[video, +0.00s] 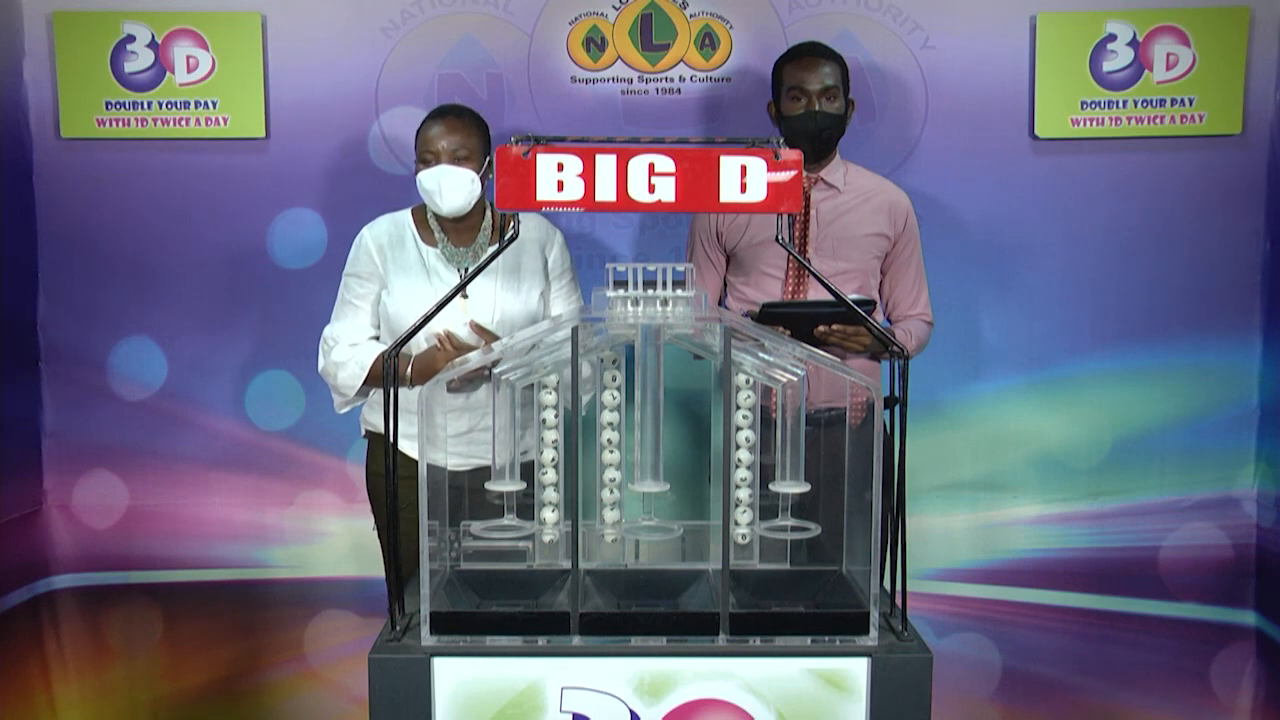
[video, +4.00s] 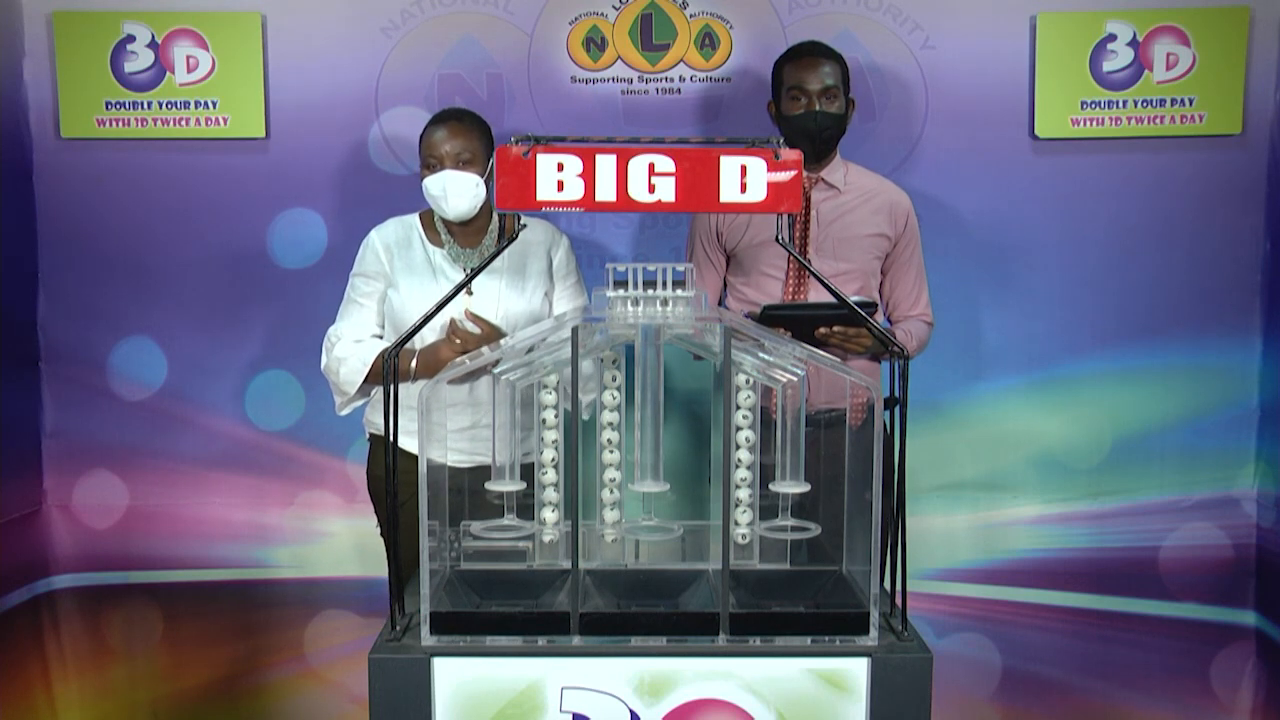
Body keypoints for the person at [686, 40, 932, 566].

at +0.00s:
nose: (814, 108)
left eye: (829, 95)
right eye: (796, 96)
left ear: (848, 108)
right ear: (775, 109)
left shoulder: (888, 204)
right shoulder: (727, 200)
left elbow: (915, 320)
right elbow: (696, 316)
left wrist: (877, 341)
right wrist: (756, 335)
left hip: (843, 416)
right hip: (751, 416)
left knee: (843, 579)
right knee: (752, 578)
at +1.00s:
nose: (815, 108)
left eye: (829, 95)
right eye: (797, 96)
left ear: (848, 108)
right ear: (775, 109)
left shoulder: (888, 204)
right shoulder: (727, 200)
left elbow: (916, 319)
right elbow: (695, 317)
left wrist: (876, 339)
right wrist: (757, 334)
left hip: (843, 417)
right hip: (751, 418)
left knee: (843, 579)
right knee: (752, 577)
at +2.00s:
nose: (814, 109)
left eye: (830, 95)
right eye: (797, 96)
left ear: (849, 108)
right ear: (775, 109)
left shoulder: (888, 205)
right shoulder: (727, 201)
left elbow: (915, 321)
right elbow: (695, 319)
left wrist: (876, 341)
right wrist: (759, 335)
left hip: (842, 416)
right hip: (750, 418)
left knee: (842, 579)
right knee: (751, 578)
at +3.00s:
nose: (814, 109)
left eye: (829, 95)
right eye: (796, 96)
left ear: (848, 107)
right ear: (774, 109)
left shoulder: (888, 205)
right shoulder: (727, 201)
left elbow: (915, 321)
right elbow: (695, 319)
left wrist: (876, 341)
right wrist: (757, 338)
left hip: (842, 417)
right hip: (751, 418)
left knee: (844, 581)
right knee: (752, 580)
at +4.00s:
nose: (814, 109)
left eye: (829, 95)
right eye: (797, 96)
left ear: (848, 107)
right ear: (775, 109)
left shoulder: (888, 205)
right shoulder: (727, 201)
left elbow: (915, 321)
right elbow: (695, 318)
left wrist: (876, 341)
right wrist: (758, 338)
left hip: (842, 417)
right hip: (751, 418)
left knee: (844, 581)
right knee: (752, 580)